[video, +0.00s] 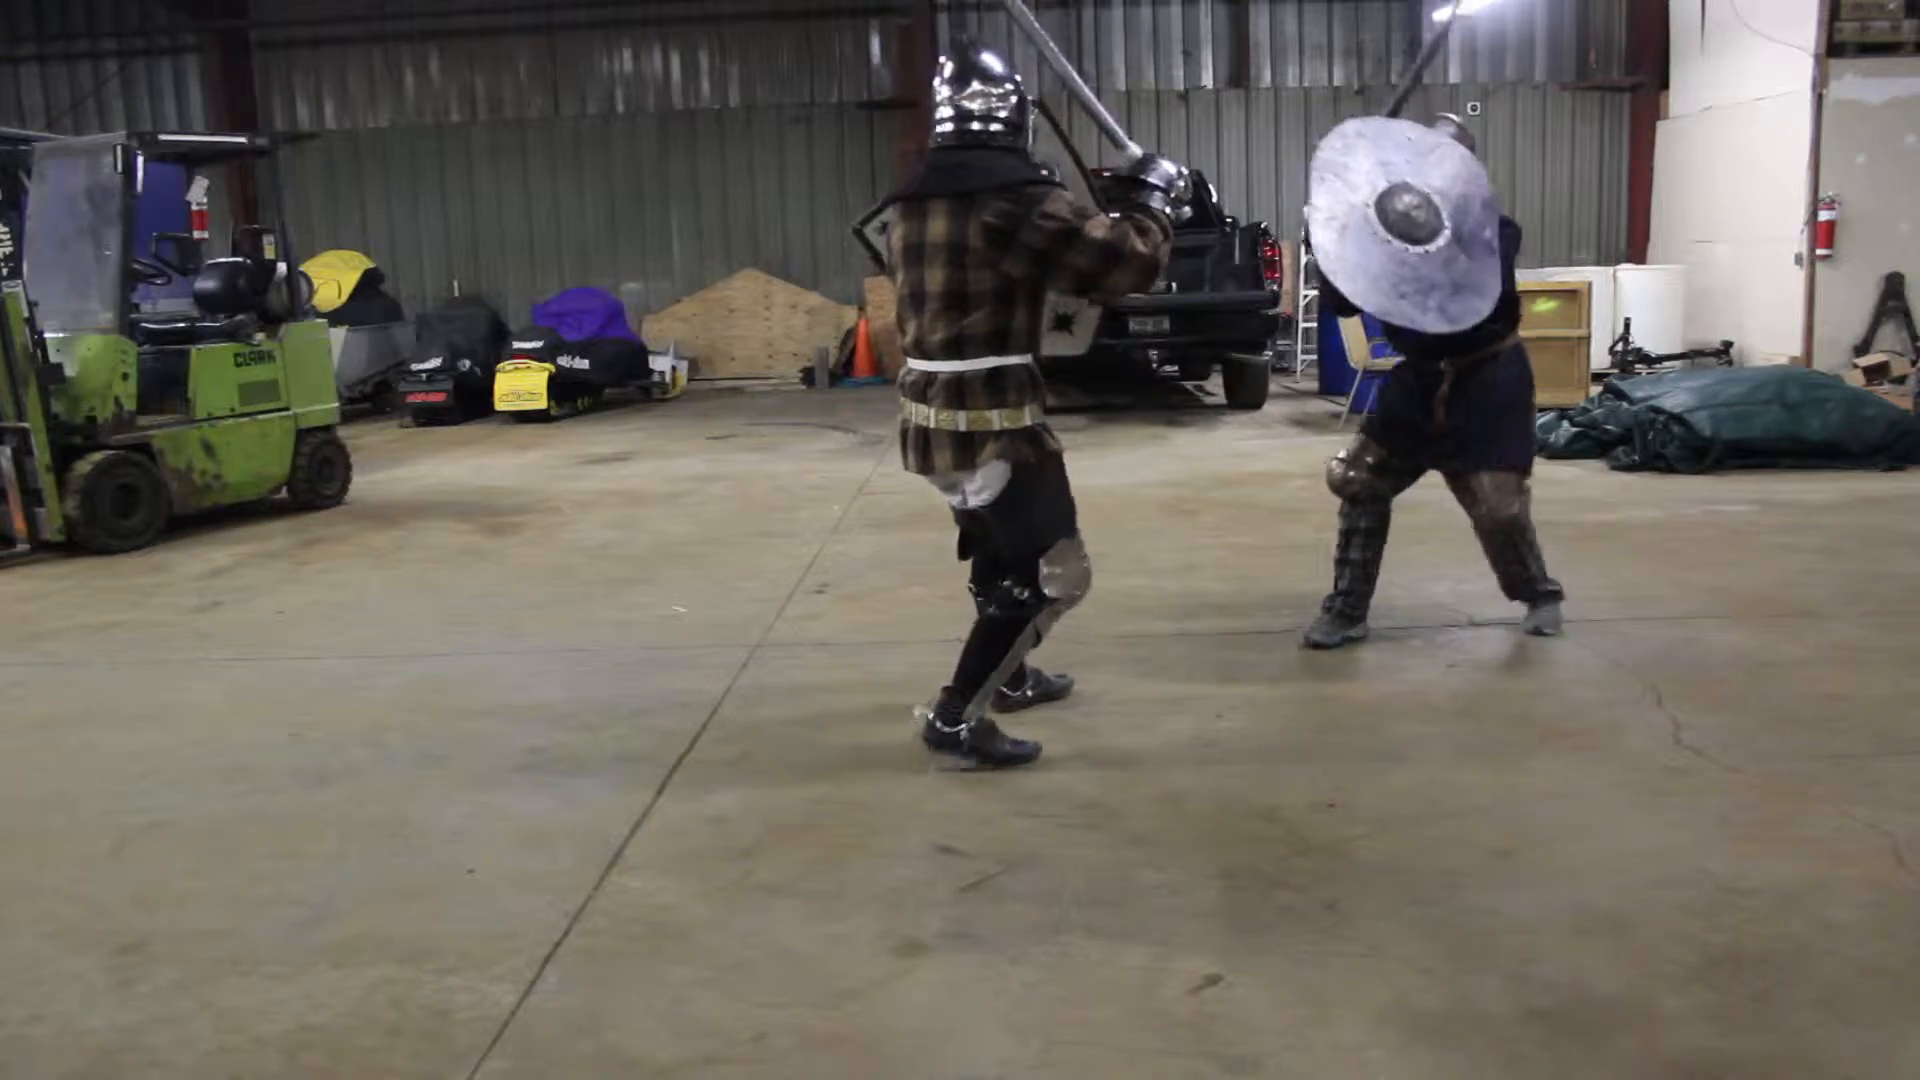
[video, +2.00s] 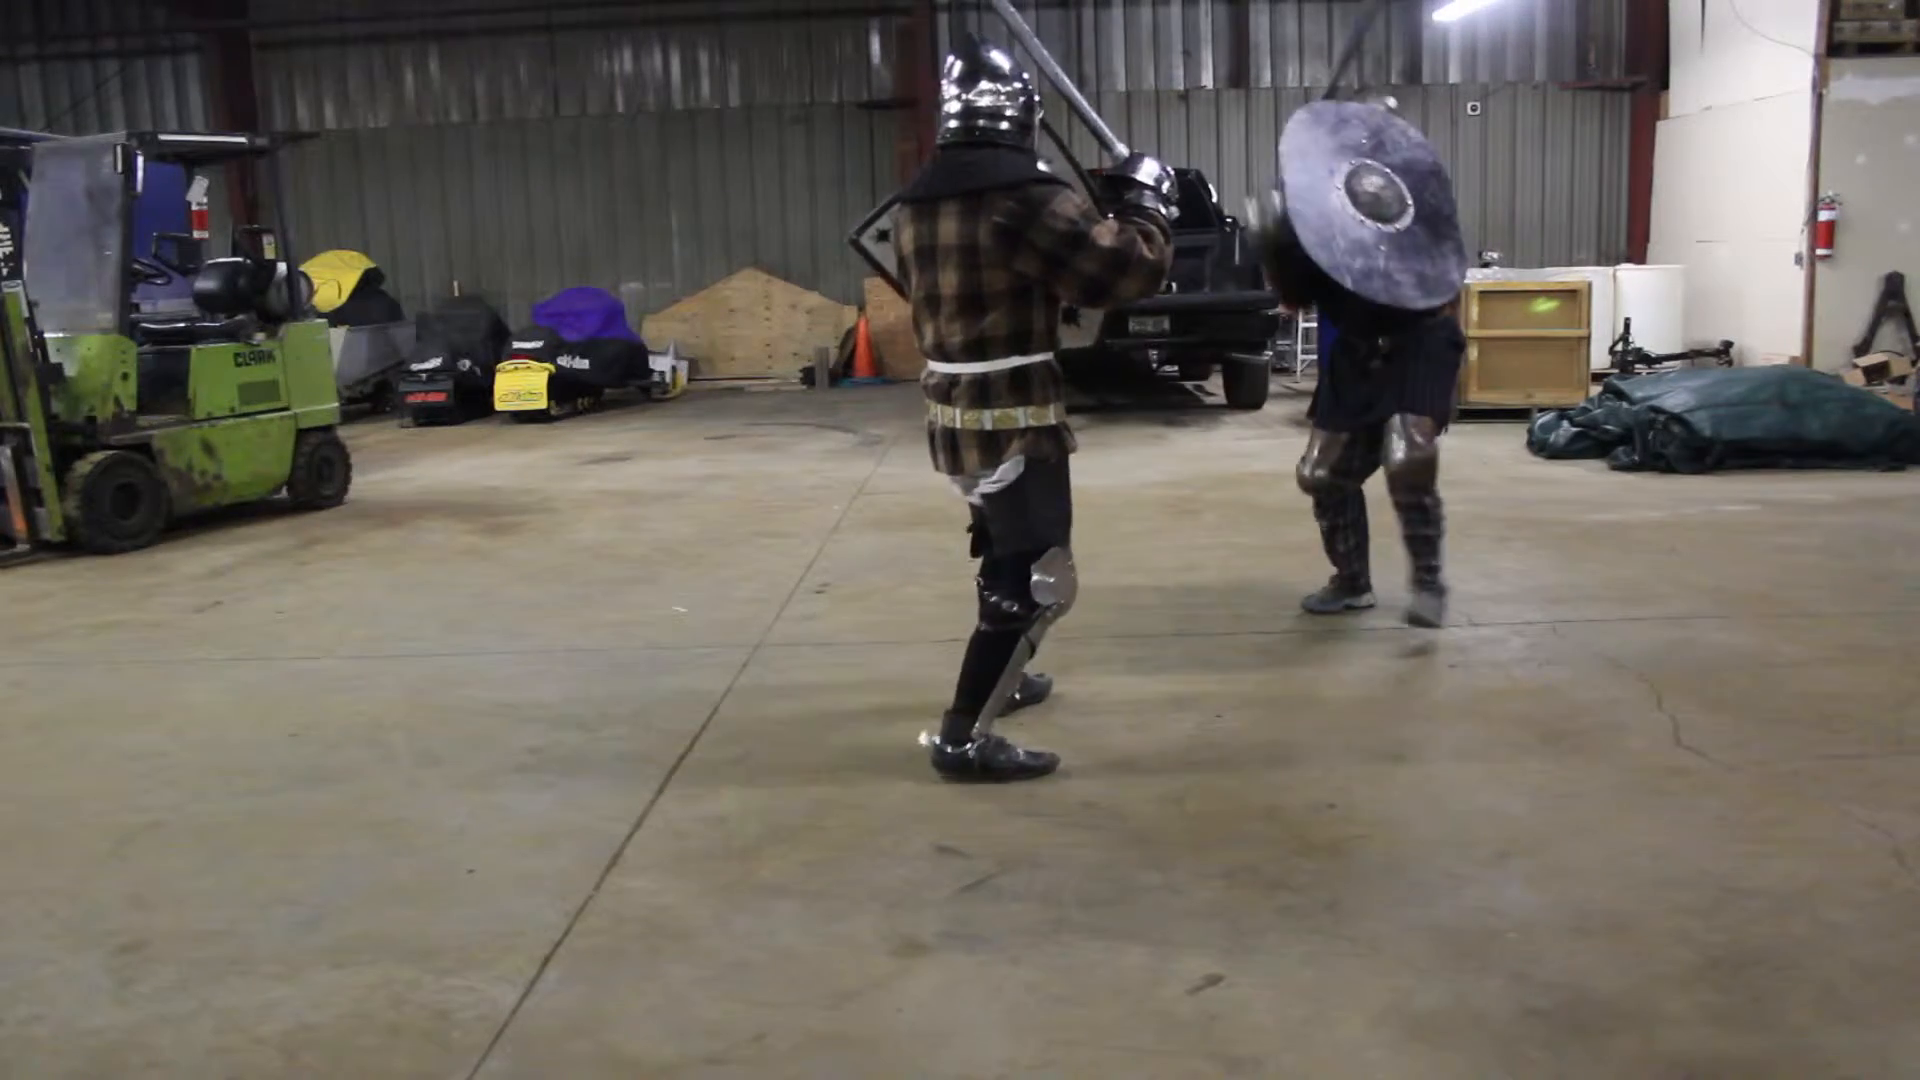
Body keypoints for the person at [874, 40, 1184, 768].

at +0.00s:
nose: (1023, 123)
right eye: (1019, 111)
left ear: (942, 115)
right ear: (1014, 114)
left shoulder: (918, 196)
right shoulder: (1014, 198)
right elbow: (1127, 262)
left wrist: (1100, 202)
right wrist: (1155, 201)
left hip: (935, 419)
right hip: (995, 423)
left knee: (999, 549)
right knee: (1057, 573)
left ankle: (1009, 671)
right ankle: (955, 718)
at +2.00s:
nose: (1030, 122)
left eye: (1021, 110)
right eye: (1026, 110)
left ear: (951, 115)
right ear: (1021, 114)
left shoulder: (921, 200)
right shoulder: (1026, 194)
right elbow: (1127, 270)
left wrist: (1096, 206)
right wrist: (1150, 204)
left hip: (955, 416)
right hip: (1017, 419)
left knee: (1003, 548)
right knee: (1037, 583)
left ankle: (1005, 676)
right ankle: (963, 733)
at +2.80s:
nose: (1105, 113)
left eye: (1097, 99)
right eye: (1100, 99)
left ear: (1010, 92)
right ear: (1089, 103)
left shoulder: (957, 185)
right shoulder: (1094, 196)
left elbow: (938, 280)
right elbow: (1197, 264)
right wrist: (1216, 202)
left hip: (966, 445)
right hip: (1059, 453)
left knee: (971, 581)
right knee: (1136, 597)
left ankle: (932, 729)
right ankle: (1068, 764)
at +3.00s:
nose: (1076, 100)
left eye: (1070, 87)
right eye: (1074, 86)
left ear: (976, 78)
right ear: (1061, 84)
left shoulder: (925, 179)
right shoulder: (1078, 181)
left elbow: (894, 300)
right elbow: (1152, 292)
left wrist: (944, 358)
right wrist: (1216, 239)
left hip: (948, 441)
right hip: (1059, 441)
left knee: (931, 609)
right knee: (1094, 593)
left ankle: (909, 767)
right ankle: (1067, 766)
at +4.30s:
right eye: (1119, 45)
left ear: (1025, 59)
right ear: (1116, 57)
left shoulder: (972, 172)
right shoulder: (1158, 147)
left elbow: (946, 323)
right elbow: (1259, 280)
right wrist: (1273, 209)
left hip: (1037, 454)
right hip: (1157, 448)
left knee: (1045, 634)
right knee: (1228, 619)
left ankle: (1036, 825)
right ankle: (1207, 817)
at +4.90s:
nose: (1104, 119)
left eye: (1097, 106)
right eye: (1100, 105)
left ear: (1008, 102)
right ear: (1084, 104)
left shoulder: (950, 195)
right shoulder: (1095, 191)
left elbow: (934, 315)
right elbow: (1221, 281)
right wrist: (1218, 215)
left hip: (982, 460)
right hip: (1085, 460)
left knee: (1002, 606)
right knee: (1185, 619)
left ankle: (972, 754)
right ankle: (1256, 814)